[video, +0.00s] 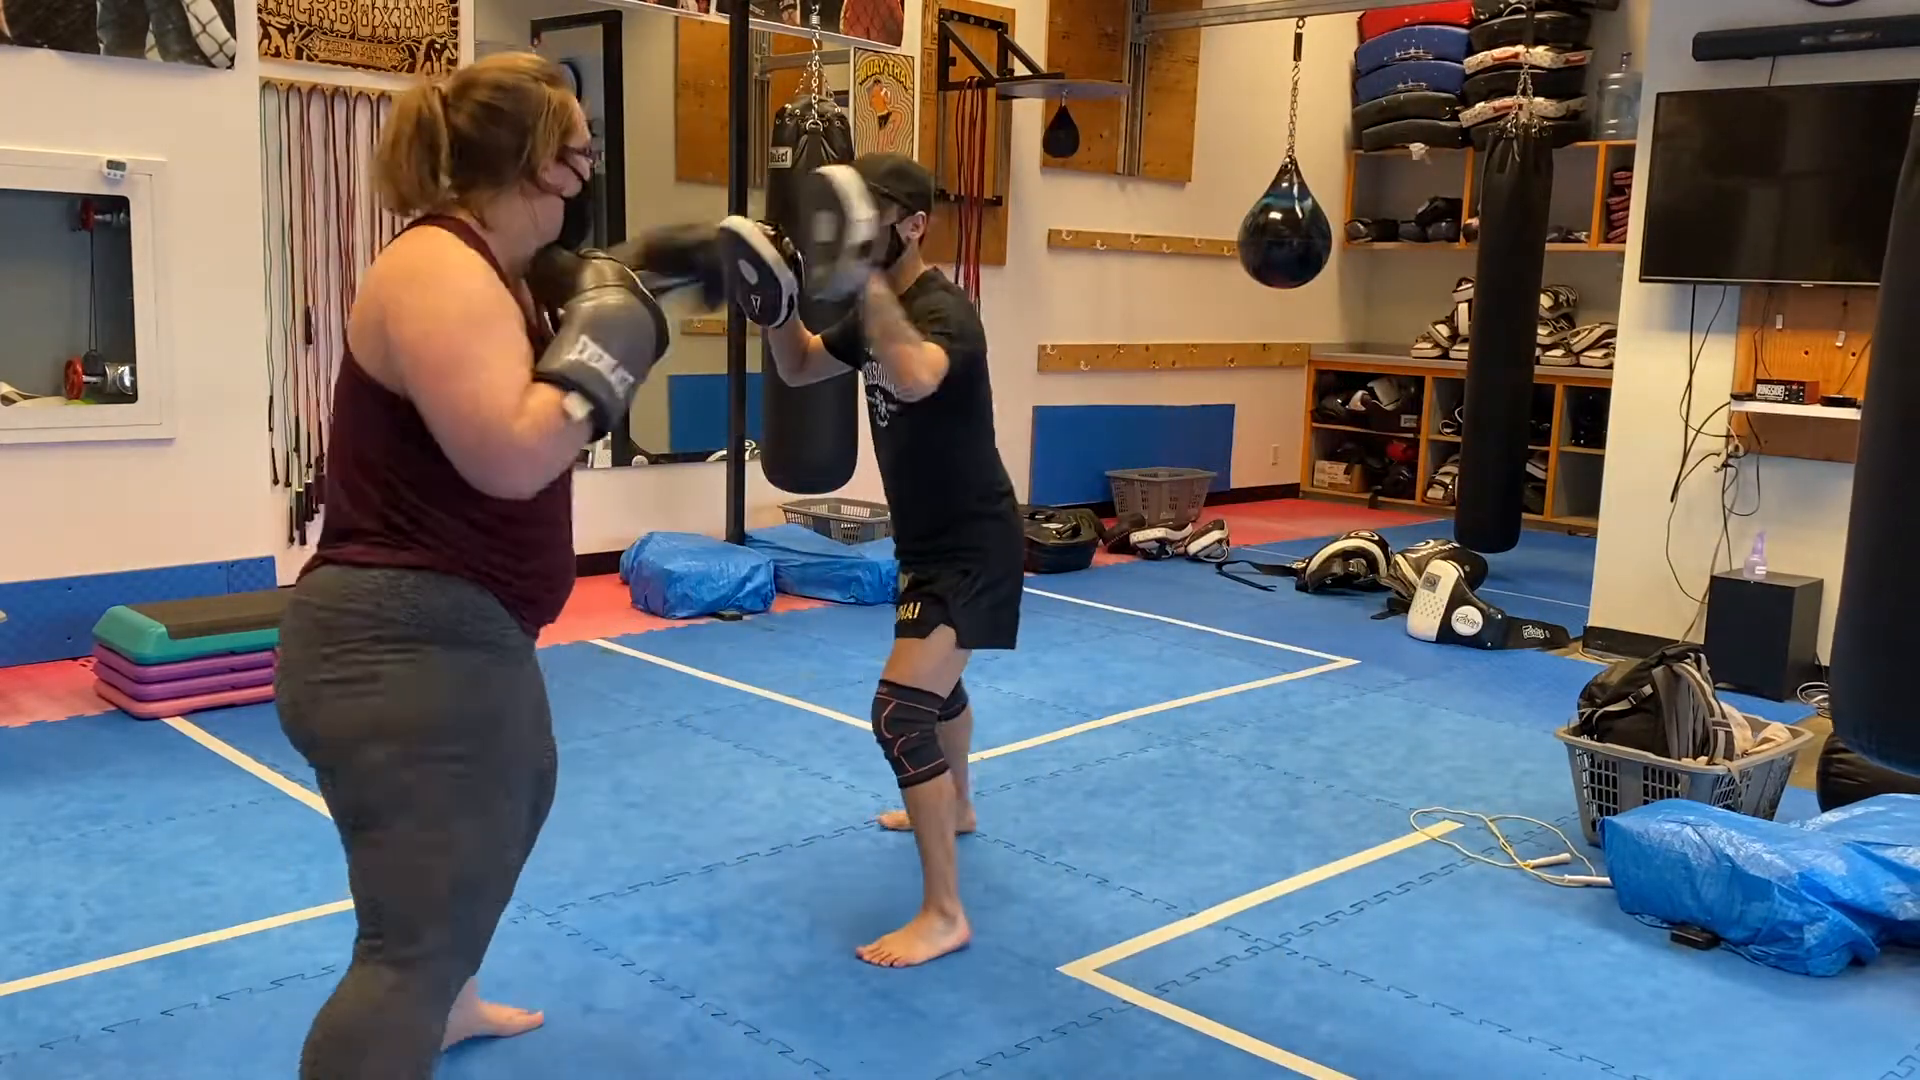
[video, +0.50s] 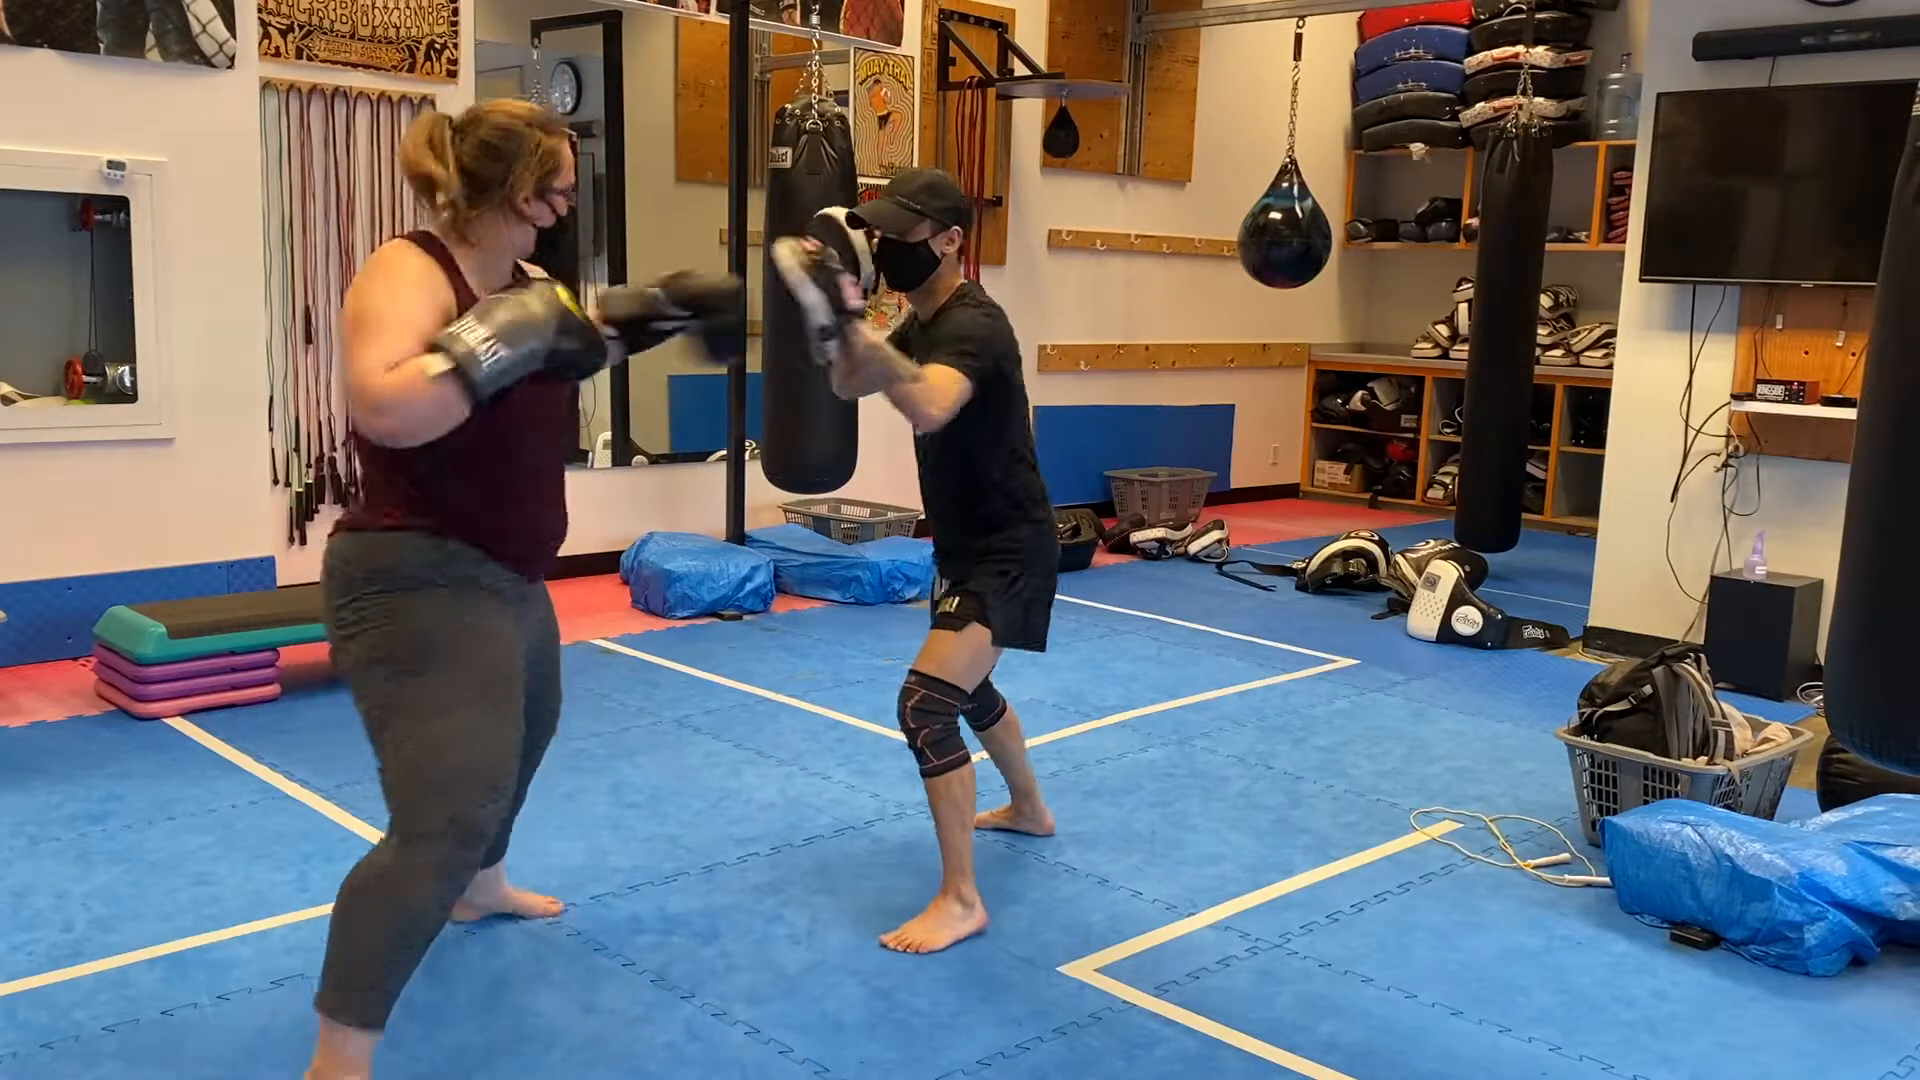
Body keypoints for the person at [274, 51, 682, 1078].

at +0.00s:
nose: (583, 171)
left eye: (582, 151)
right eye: (569, 152)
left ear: (506, 162)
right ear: (514, 162)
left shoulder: (498, 271)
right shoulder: (433, 272)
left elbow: (589, 291)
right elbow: (513, 456)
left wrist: (681, 263)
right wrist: (600, 358)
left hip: (465, 629)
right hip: (399, 638)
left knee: (510, 790)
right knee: (411, 952)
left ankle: (444, 997)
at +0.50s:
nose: (562, 210)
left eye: (564, 194)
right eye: (550, 192)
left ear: (531, 193)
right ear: (499, 186)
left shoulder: (527, 281)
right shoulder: (405, 272)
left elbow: (549, 375)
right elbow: (386, 408)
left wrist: (622, 327)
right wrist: (508, 337)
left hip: (508, 568)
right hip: (416, 570)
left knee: (523, 728)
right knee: (442, 820)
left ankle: (476, 880)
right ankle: (340, 1055)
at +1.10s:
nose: (507, 183)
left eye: (512, 169)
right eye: (500, 166)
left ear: (452, 157)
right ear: (455, 154)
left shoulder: (434, 221)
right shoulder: (417, 221)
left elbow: (447, 336)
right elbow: (447, 350)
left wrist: (510, 288)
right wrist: (525, 303)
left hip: (430, 491)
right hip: (410, 493)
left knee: (492, 700)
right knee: (471, 715)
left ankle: (472, 877)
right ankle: (450, 947)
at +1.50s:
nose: (444, 170)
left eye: (446, 156)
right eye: (432, 155)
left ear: (386, 155)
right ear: (379, 152)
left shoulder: (387, 236)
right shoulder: (318, 225)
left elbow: (394, 371)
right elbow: (344, 359)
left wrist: (456, 323)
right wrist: (443, 301)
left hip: (401, 514)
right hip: (302, 519)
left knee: (478, 679)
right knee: (289, 744)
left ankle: (478, 853)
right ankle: (234, 945)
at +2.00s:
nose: (441, 176)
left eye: (440, 163)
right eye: (432, 163)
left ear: (385, 164)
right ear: (384, 163)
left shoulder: (385, 244)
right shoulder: (312, 240)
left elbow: (405, 356)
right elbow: (346, 377)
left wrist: (456, 291)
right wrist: (434, 306)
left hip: (398, 517)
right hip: (309, 517)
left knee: (427, 688)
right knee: (311, 735)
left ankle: (425, 854)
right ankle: (215, 946)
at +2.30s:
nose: (421, 183)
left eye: (423, 167)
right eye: (415, 165)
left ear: (333, 159)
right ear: (378, 160)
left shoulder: (311, 227)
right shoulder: (349, 234)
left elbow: (364, 347)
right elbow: (424, 363)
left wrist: (425, 281)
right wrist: (475, 307)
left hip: (341, 529)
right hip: (295, 533)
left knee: (402, 689)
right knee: (265, 761)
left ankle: (372, 862)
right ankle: (196, 962)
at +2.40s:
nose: (431, 176)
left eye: (429, 161)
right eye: (423, 160)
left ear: (341, 161)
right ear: (392, 162)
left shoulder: (313, 233)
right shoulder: (372, 239)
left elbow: (385, 344)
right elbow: (464, 367)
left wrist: (447, 292)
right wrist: (494, 304)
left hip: (344, 534)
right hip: (320, 539)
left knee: (396, 700)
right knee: (290, 763)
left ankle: (305, 876)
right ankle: (198, 963)